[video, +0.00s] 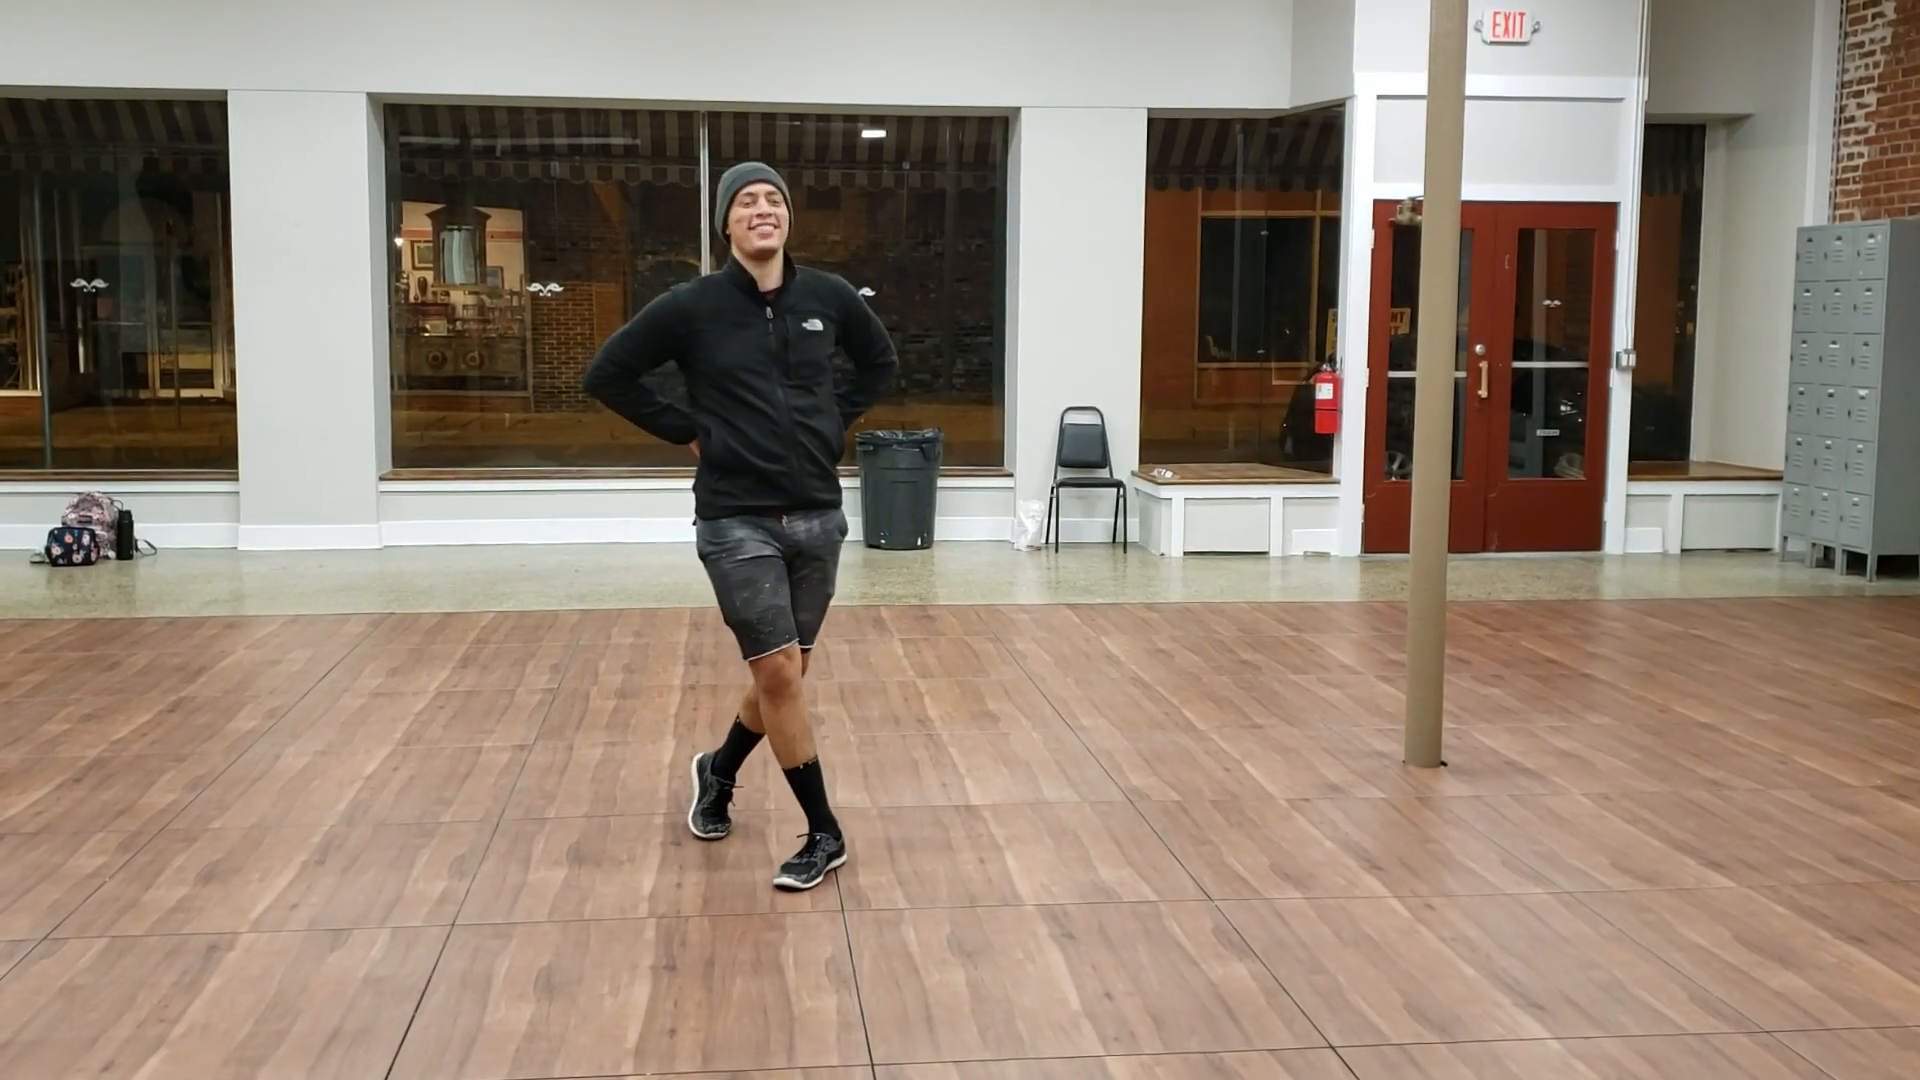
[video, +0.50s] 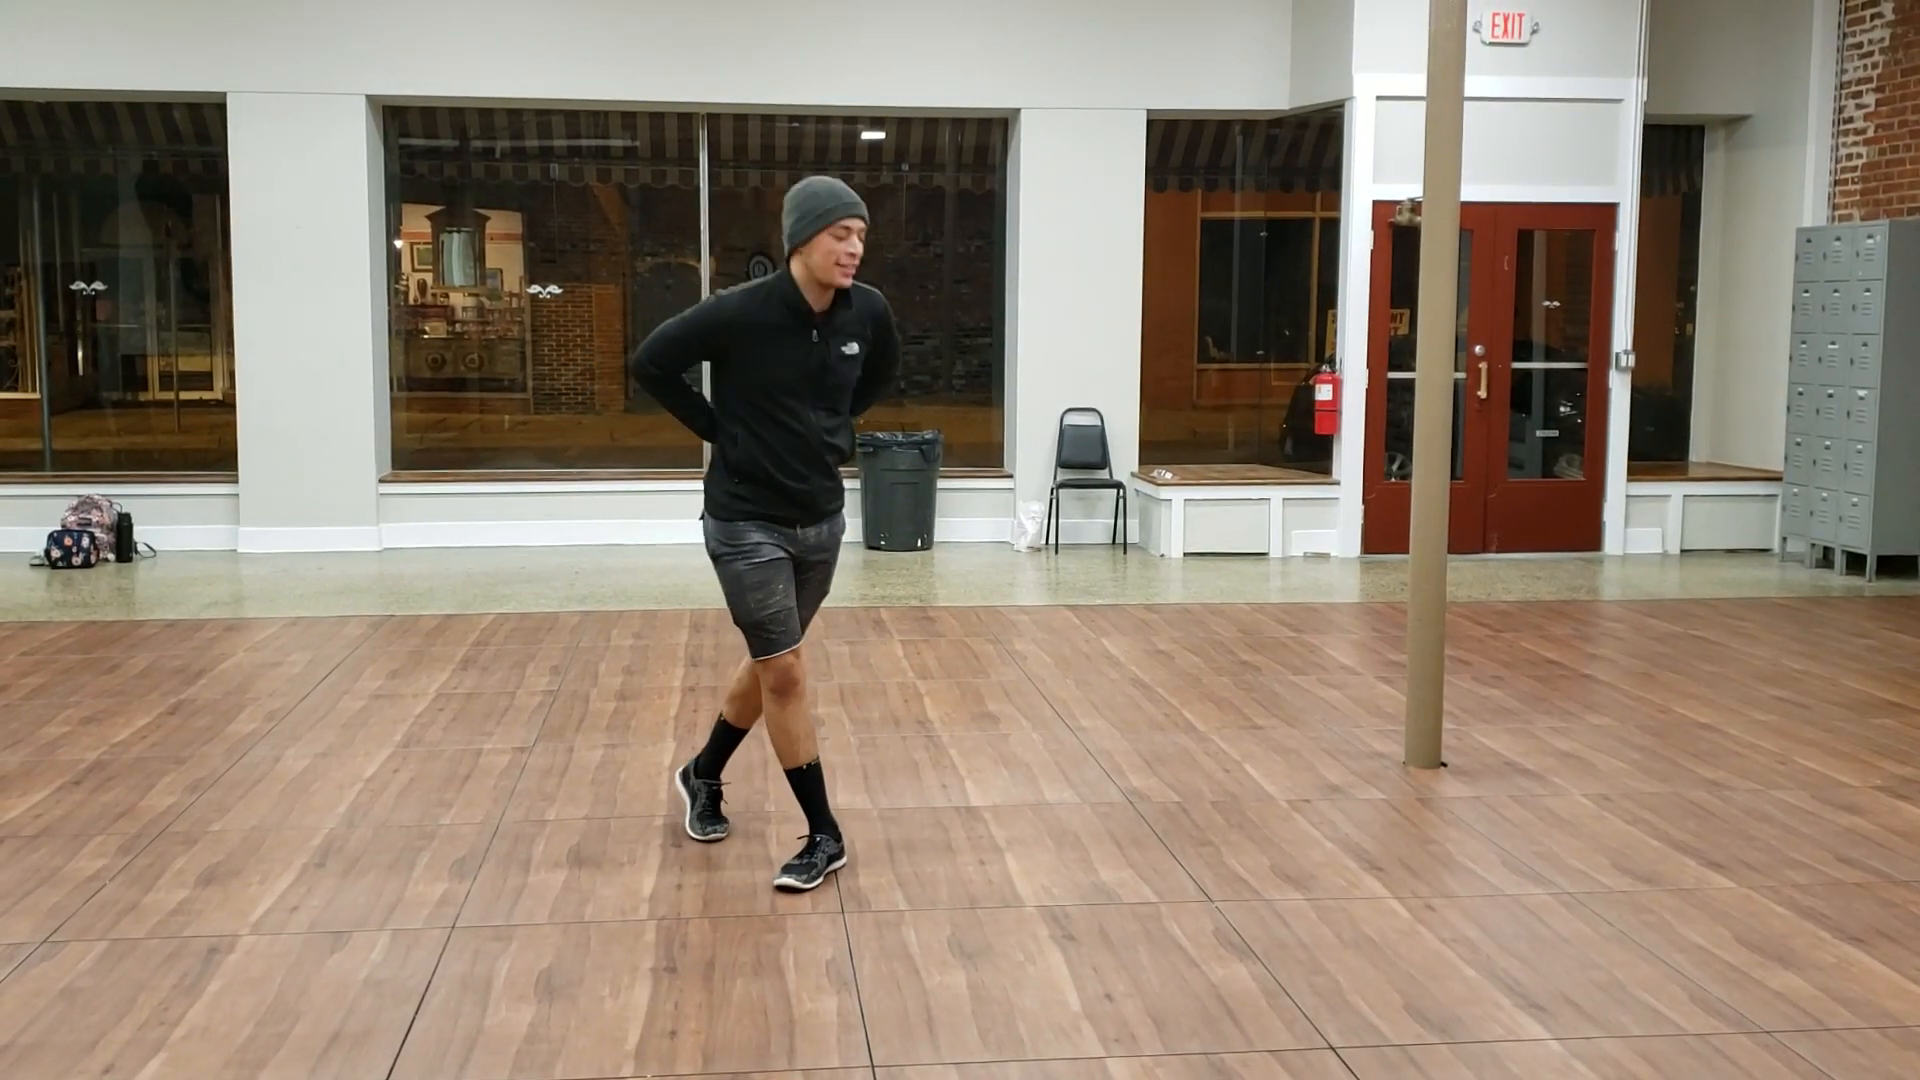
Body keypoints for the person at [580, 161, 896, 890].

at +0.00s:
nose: (762, 210)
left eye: (772, 201)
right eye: (747, 202)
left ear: (790, 220)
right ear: (725, 225)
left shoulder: (832, 296)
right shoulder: (690, 306)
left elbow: (881, 367)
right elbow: (604, 377)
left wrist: (831, 423)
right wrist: (688, 432)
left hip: (817, 514)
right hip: (733, 516)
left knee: (785, 675)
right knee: (779, 671)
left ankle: (719, 769)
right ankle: (824, 833)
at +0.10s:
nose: (775, 210)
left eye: (784, 200)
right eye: (760, 201)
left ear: (799, 219)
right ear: (734, 222)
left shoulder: (837, 296)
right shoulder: (696, 305)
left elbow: (884, 373)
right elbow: (612, 374)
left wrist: (832, 424)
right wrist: (693, 432)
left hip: (822, 514)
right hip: (739, 516)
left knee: (785, 674)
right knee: (784, 672)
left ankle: (719, 771)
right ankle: (824, 833)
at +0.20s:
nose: (792, 213)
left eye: (801, 204)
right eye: (777, 203)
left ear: (812, 223)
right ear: (744, 221)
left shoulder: (845, 298)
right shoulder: (703, 305)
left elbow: (887, 371)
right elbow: (620, 372)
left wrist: (836, 425)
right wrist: (698, 431)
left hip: (825, 516)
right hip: (743, 517)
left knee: (787, 670)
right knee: (785, 672)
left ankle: (720, 771)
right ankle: (824, 834)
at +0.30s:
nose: (811, 218)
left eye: (819, 209)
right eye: (795, 207)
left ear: (826, 225)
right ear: (760, 221)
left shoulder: (852, 298)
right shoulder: (713, 305)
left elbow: (888, 369)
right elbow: (628, 370)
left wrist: (836, 420)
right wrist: (706, 428)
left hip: (827, 517)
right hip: (745, 519)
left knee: (783, 666)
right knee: (785, 672)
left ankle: (720, 772)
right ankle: (824, 834)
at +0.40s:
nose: (834, 229)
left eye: (840, 219)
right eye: (820, 216)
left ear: (844, 230)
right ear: (780, 226)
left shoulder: (859, 302)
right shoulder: (726, 306)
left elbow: (888, 371)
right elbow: (642, 365)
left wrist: (837, 420)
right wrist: (714, 427)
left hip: (826, 518)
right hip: (746, 519)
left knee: (780, 665)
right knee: (784, 674)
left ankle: (714, 772)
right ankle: (824, 834)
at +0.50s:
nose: (853, 249)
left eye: (860, 239)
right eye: (840, 235)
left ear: (860, 248)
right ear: (800, 237)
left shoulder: (866, 311)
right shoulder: (740, 311)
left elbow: (881, 374)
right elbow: (651, 365)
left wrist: (837, 422)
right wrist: (719, 429)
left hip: (821, 522)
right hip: (744, 522)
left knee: (772, 664)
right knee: (785, 675)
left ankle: (703, 773)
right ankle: (824, 834)